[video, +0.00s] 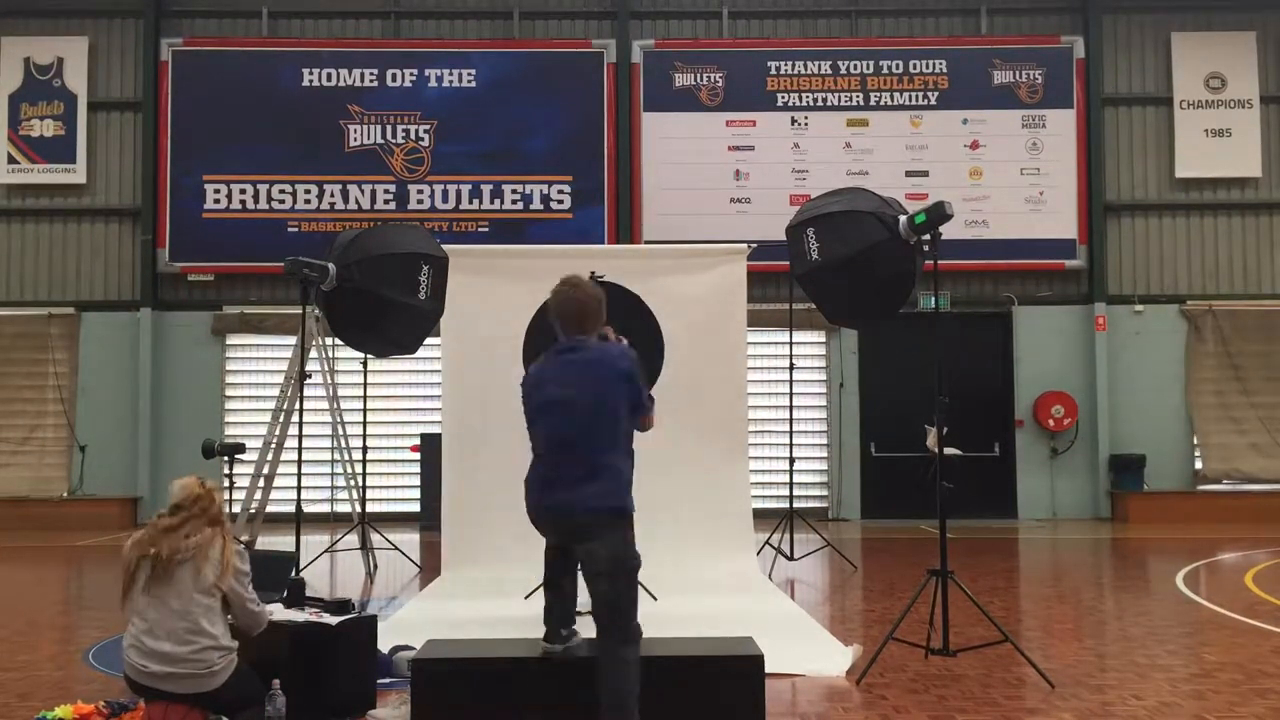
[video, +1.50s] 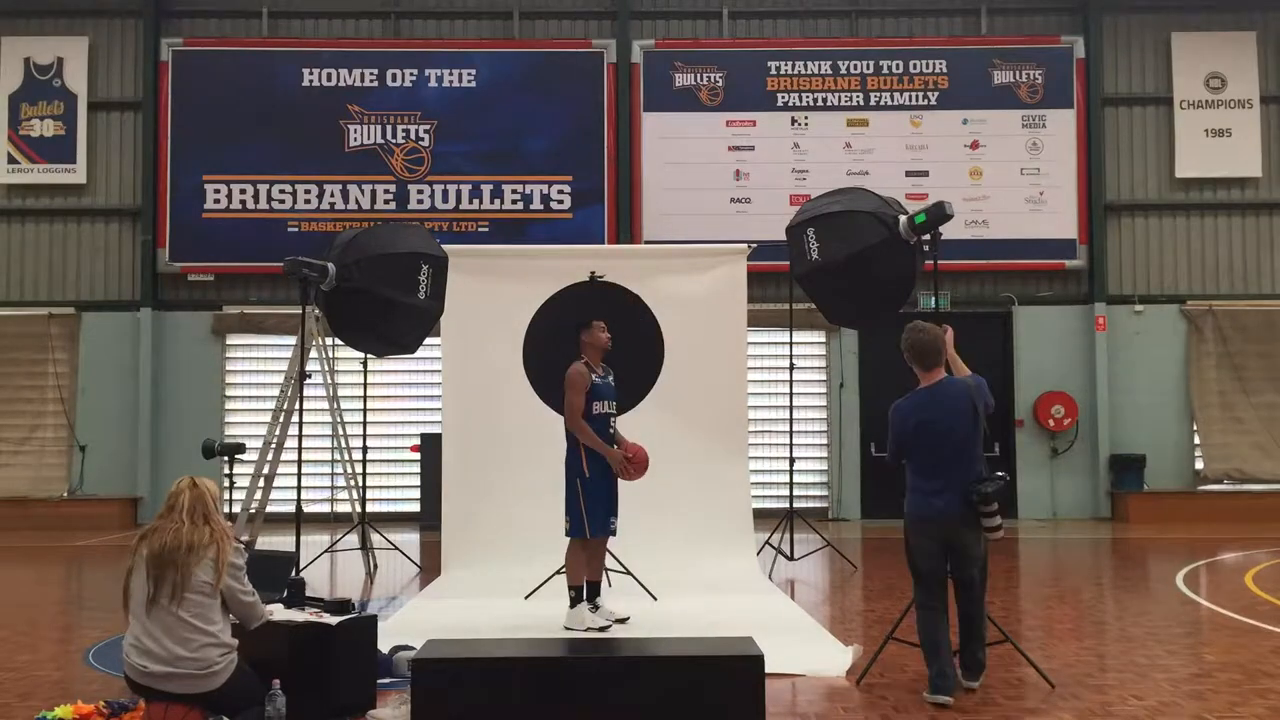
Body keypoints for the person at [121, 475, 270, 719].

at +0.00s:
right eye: (217, 504)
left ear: (173, 508)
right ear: (215, 509)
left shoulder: (142, 542)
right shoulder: (226, 549)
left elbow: (132, 605)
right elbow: (254, 621)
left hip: (140, 678)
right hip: (205, 681)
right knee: (254, 702)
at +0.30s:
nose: (226, 514)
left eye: (224, 506)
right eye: (221, 506)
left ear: (176, 508)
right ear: (205, 511)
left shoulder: (140, 542)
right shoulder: (221, 550)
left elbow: (132, 604)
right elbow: (252, 618)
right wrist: (262, 612)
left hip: (139, 678)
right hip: (203, 680)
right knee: (254, 700)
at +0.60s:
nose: (233, 524)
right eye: (230, 518)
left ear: (187, 517)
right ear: (226, 520)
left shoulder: (156, 546)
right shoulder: (230, 550)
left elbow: (137, 605)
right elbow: (255, 618)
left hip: (141, 678)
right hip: (207, 682)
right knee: (253, 704)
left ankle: (153, 708)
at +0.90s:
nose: (223, 514)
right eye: (220, 508)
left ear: (171, 507)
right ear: (214, 510)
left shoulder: (142, 541)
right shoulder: (223, 547)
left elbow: (131, 603)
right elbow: (253, 617)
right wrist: (260, 613)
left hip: (140, 679)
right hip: (205, 681)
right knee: (254, 702)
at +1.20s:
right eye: (221, 511)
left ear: (174, 509)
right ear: (216, 513)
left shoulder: (141, 542)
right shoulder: (226, 548)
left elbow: (126, 605)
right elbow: (253, 618)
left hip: (139, 679)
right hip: (205, 681)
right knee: (254, 703)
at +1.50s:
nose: (222, 513)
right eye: (219, 506)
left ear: (171, 505)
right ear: (212, 508)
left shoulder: (144, 542)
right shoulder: (222, 547)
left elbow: (134, 606)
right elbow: (252, 616)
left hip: (141, 678)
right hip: (205, 680)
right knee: (255, 703)